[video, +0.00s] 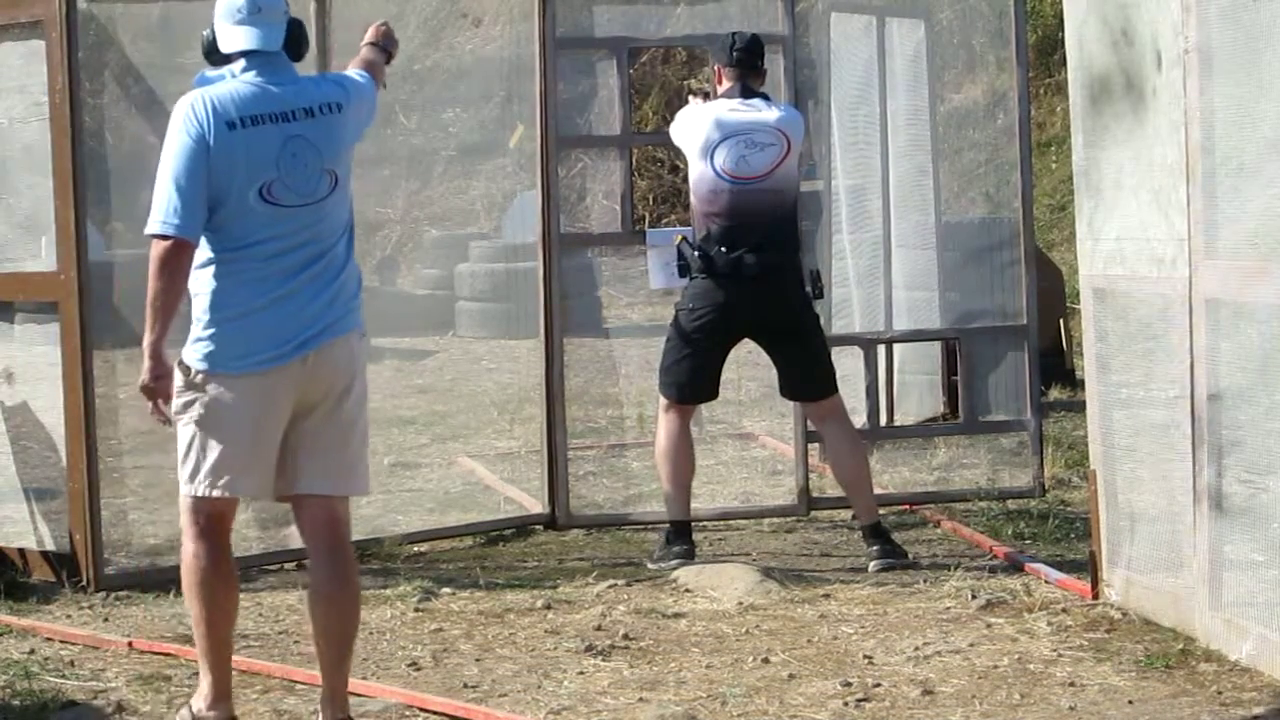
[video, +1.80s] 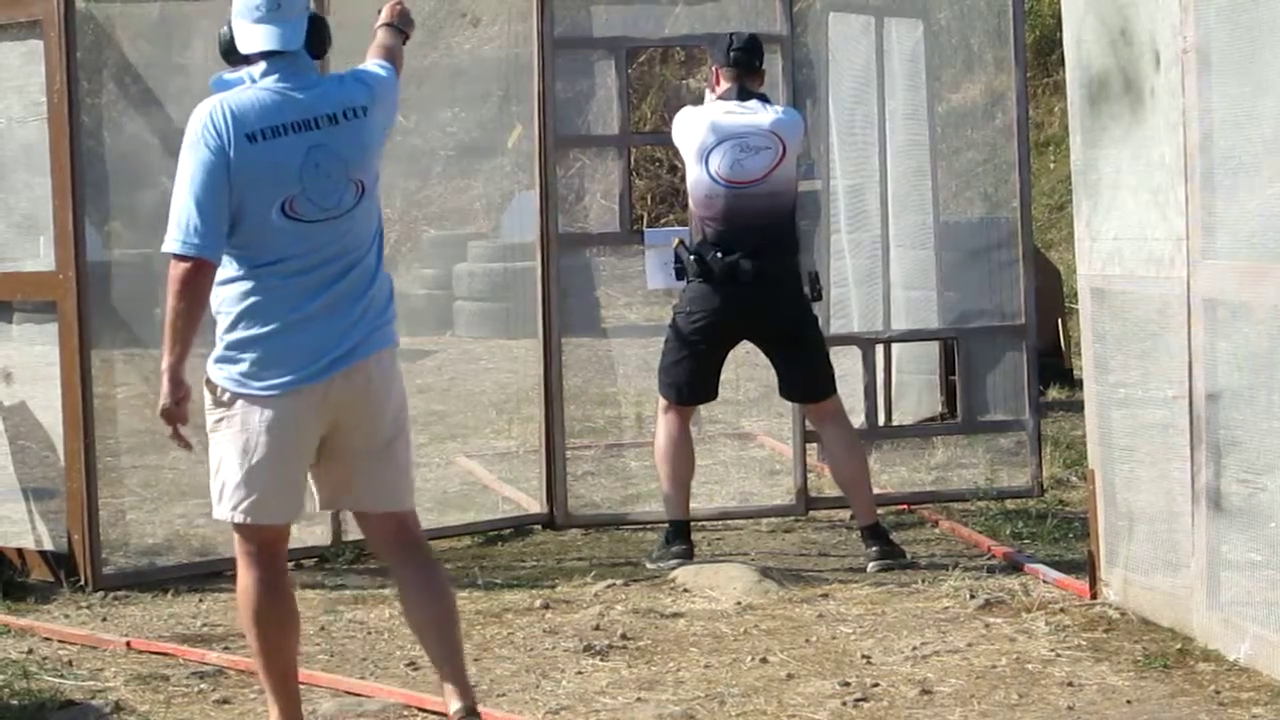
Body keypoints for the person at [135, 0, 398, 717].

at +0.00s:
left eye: (221, 46)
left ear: (216, 48)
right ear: (290, 42)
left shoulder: (200, 112)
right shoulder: (334, 99)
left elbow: (172, 244)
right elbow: (365, 78)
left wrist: (153, 347)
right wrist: (376, 48)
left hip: (233, 348)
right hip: (334, 337)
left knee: (206, 526)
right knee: (328, 527)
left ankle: (214, 698)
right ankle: (337, 705)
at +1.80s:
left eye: (230, 52)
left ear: (235, 53)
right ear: (316, 42)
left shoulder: (219, 120)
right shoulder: (362, 99)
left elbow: (193, 263)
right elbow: (384, 60)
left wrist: (172, 369)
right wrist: (392, 28)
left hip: (263, 373)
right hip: (366, 356)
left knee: (262, 553)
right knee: (400, 535)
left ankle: (286, 711)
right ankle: (462, 697)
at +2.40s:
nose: (349, 61)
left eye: (349, 47)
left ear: (352, 48)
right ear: (428, 38)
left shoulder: (341, 112)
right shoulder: (479, 98)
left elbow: (321, 254)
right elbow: (500, 67)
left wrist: (306, 369)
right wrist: (506, 33)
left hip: (377, 364)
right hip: (480, 356)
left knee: (340, 541)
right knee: (474, 553)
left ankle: (354, 709)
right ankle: (482, 714)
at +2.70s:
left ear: (360, 47)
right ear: (439, 38)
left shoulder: (342, 113)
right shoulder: (489, 97)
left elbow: (312, 253)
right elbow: (529, 56)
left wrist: (292, 366)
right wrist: (550, 17)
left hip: (386, 376)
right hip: (490, 364)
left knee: (389, 570)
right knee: (479, 560)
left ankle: (412, 715)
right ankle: (487, 716)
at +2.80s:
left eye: (349, 49)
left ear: (355, 48)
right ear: (434, 39)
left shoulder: (336, 116)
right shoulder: (485, 96)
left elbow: (305, 262)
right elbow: (530, 54)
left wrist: (285, 370)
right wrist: (550, 19)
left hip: (384, 378)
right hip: (488, 365)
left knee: (392, 574)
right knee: (476, 561)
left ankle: (412, 715)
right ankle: (485, 716)